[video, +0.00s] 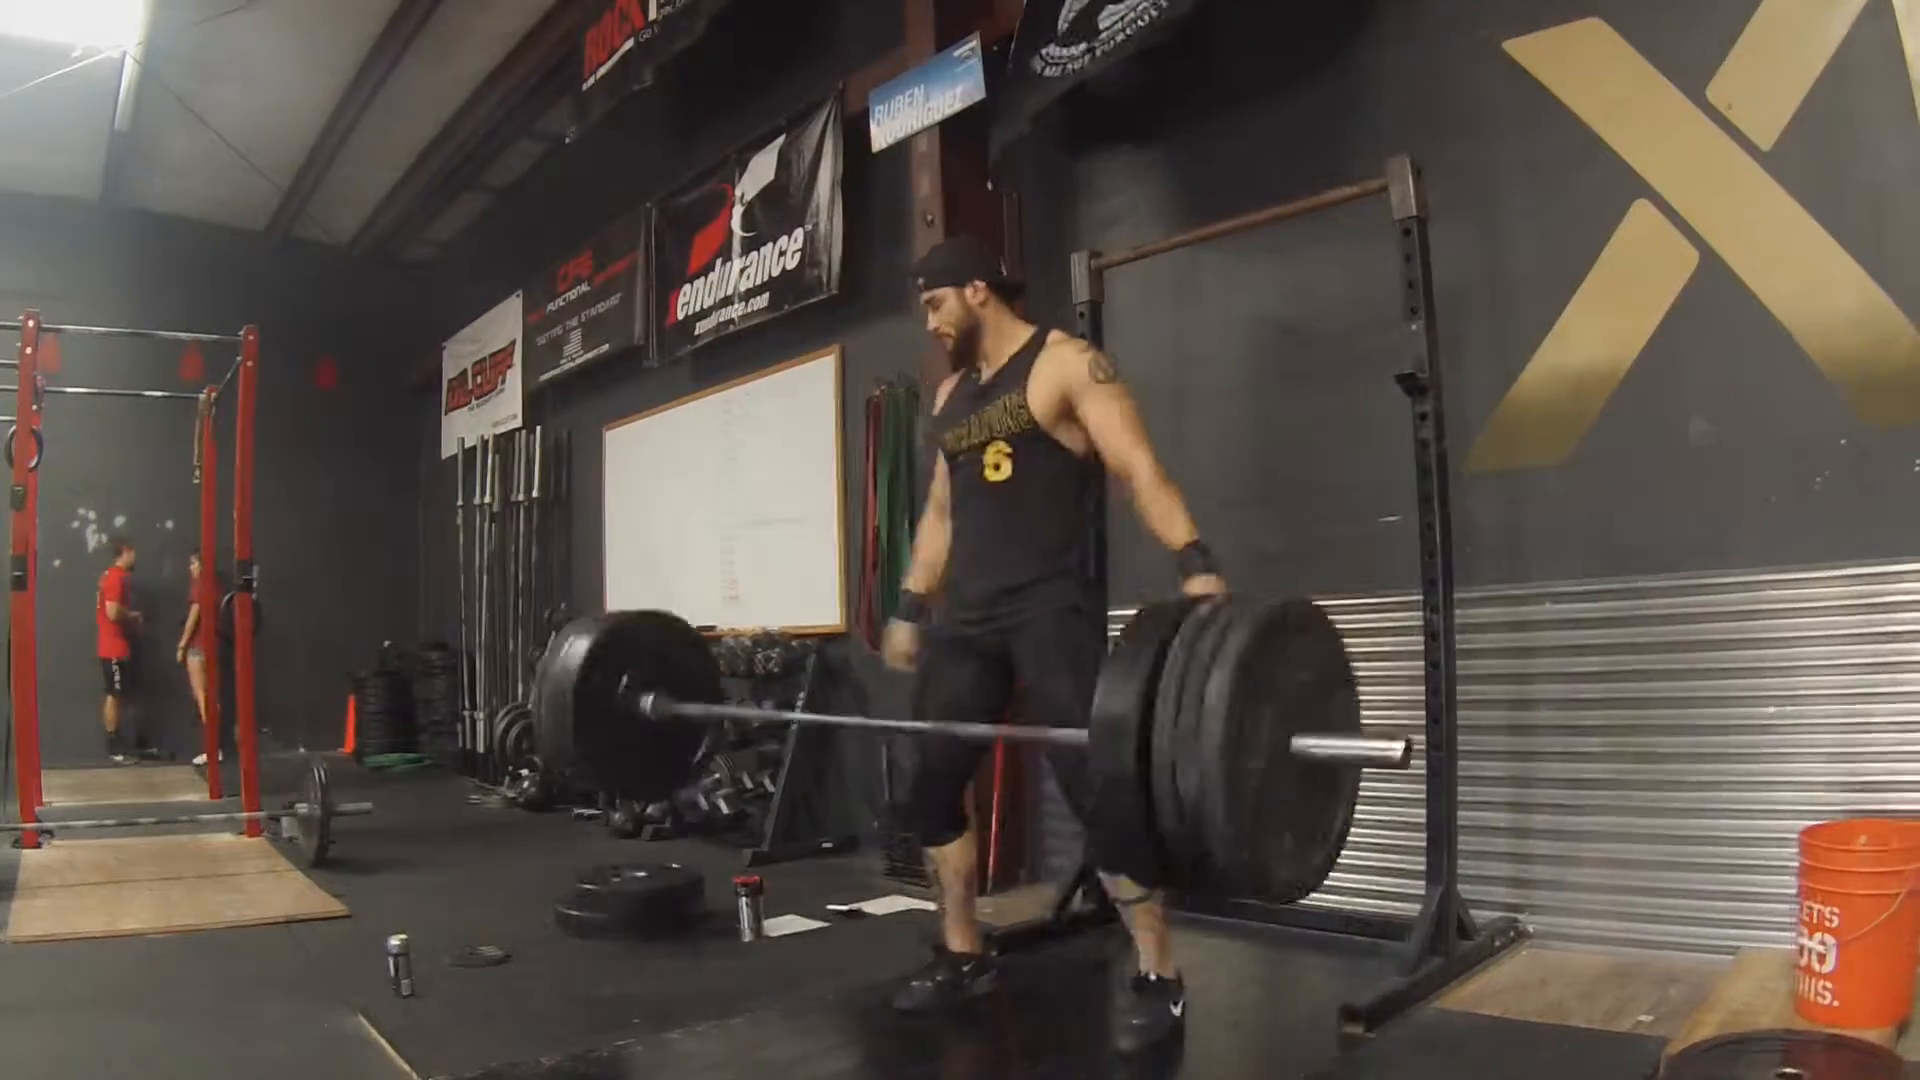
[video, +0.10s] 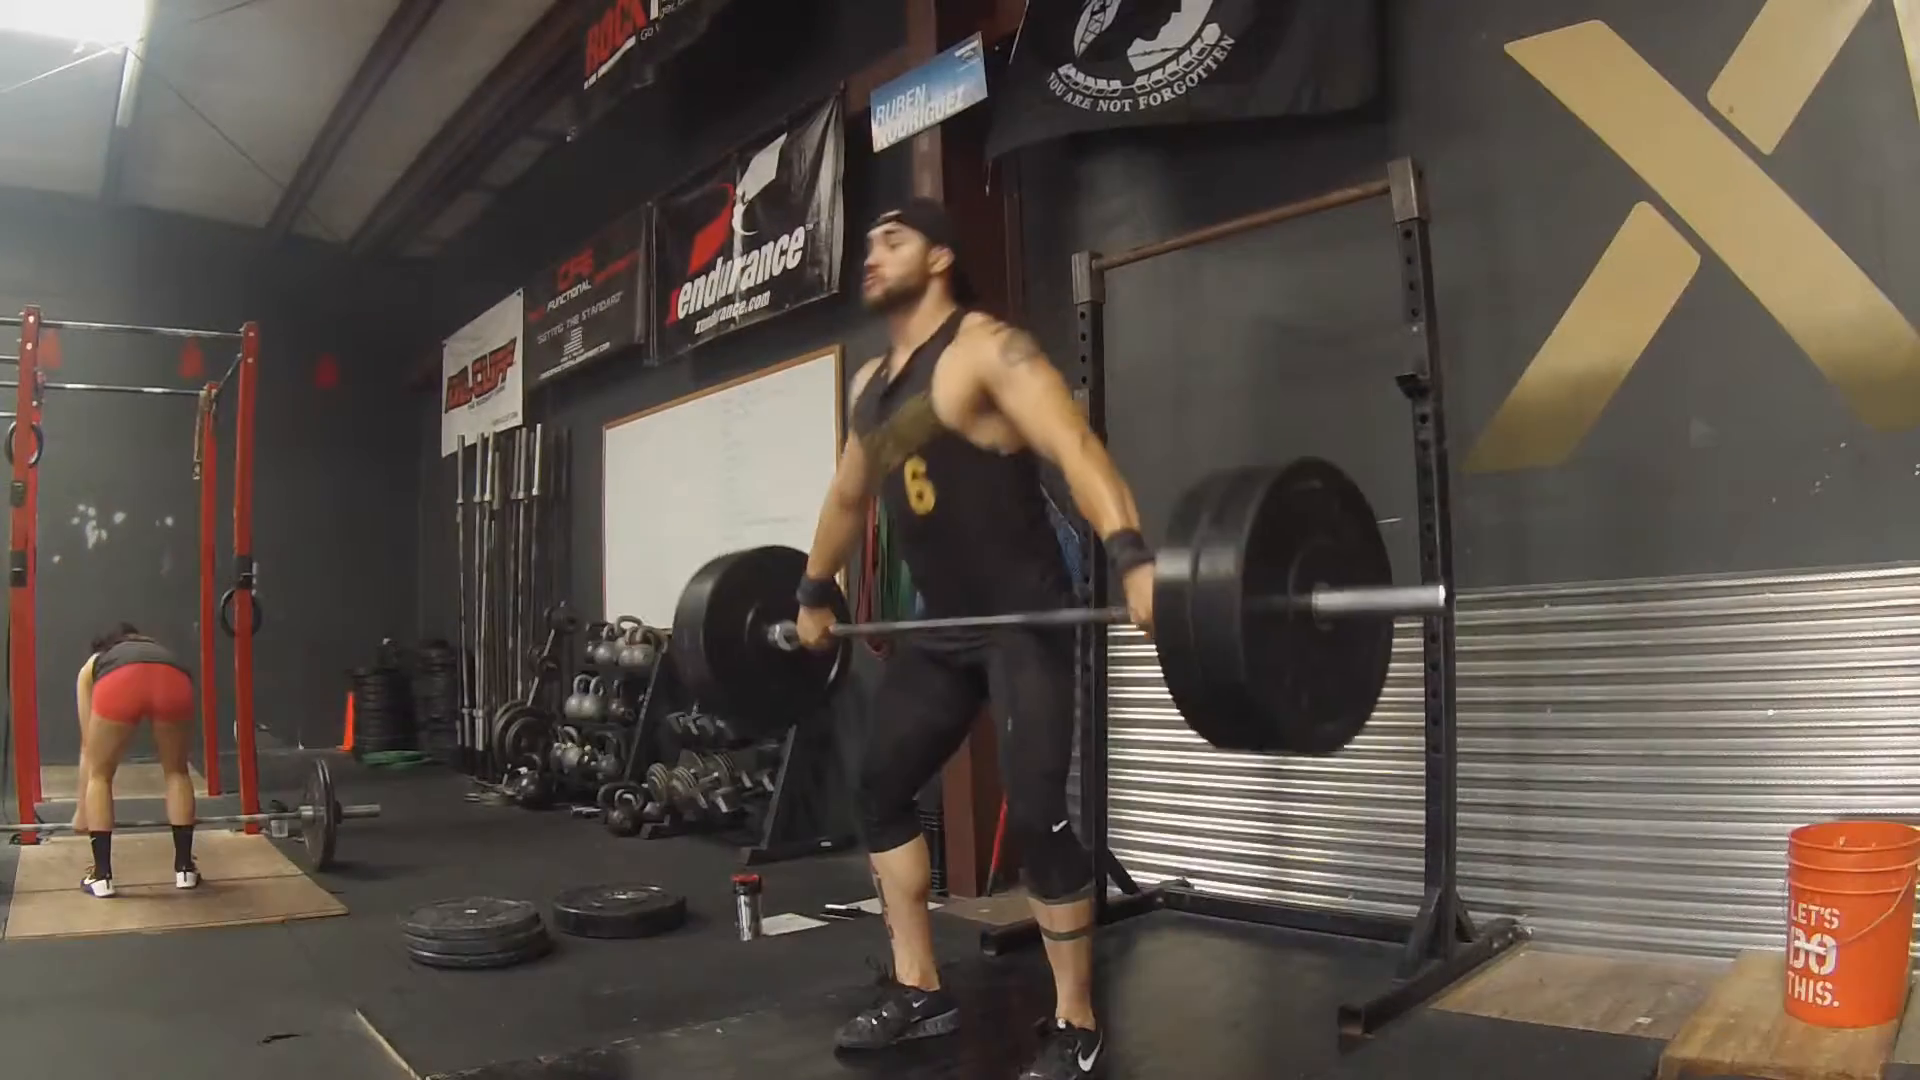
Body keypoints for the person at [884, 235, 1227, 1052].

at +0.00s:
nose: (928, 319)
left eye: (935, 301)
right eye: (923, 307)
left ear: (981, 290)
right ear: (951, 304)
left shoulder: (1066, 363)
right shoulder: (954, 395)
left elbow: (1140, 470)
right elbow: (940, 511)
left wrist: (1194, 561)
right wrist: (908, 608)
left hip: (1055, 614)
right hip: (967, 621)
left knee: (1099, 792)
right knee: (931, 786)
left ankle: (1159, 977)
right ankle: (962, 952)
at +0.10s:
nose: (871, 257)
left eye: (890, 243)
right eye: (869, 247)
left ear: (939, 261)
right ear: (874, 273)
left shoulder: (991, 349)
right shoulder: (872, 385)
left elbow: (1077, 450)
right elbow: (847, 497)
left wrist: (1133, 560)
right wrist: (815, 588)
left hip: (1032, 624)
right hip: (938, 632)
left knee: (1043, 818)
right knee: (881, 784)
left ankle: (1077, 1026)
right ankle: (917, 990)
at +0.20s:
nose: (843, 279)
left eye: (864, 265)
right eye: (842, 269)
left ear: (915, 286)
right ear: (848, 298)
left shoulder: (974, 369)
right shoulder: (855, 403)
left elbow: (1071, 476)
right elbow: (840, 515)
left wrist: (1135, 584)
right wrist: (817, 608)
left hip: (1039, 633)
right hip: (945, 641)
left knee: (1049, 823)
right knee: (876, 776)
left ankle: (1077, 1024)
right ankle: (918, 990)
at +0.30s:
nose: (825, 305)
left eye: (844, 291)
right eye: (825, 294)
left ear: (897, 308)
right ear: (838, 320)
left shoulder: (963, 394)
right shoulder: (847, 426)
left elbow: (1067, 496)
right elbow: (838, 534)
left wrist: (1136, 613)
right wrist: (817, 628)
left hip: (1050, 635)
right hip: (955, 643)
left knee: (1054, 819)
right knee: (878, 783)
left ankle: (1079, 1025)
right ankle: (919, 990)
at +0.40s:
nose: (817, 330)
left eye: (836, 316)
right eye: (816, 318)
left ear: (890, 333)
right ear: (834, 344)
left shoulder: (959, 421)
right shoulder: (841, 453)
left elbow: (1064, 522)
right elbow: (834, 560)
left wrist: (1133, 644)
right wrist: (813, 654)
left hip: (1054, 638)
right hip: (961, 649)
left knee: (1055, 817)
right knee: (883, 780)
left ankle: (1079, 1026)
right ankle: (918, 991)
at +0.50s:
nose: (812, 359)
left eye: (831, 344)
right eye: (811, 348)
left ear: (883, 360)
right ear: (821, 371)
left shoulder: (955, 447)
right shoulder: (839, 476)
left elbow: (1064, 553)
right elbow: (829, 586)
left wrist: (1131, 675)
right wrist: (809, 678)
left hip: (1053, 641)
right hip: (967, 649)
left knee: (1062, 821)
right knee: (885, 783)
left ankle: (1079, 1026)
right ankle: (918, 991)